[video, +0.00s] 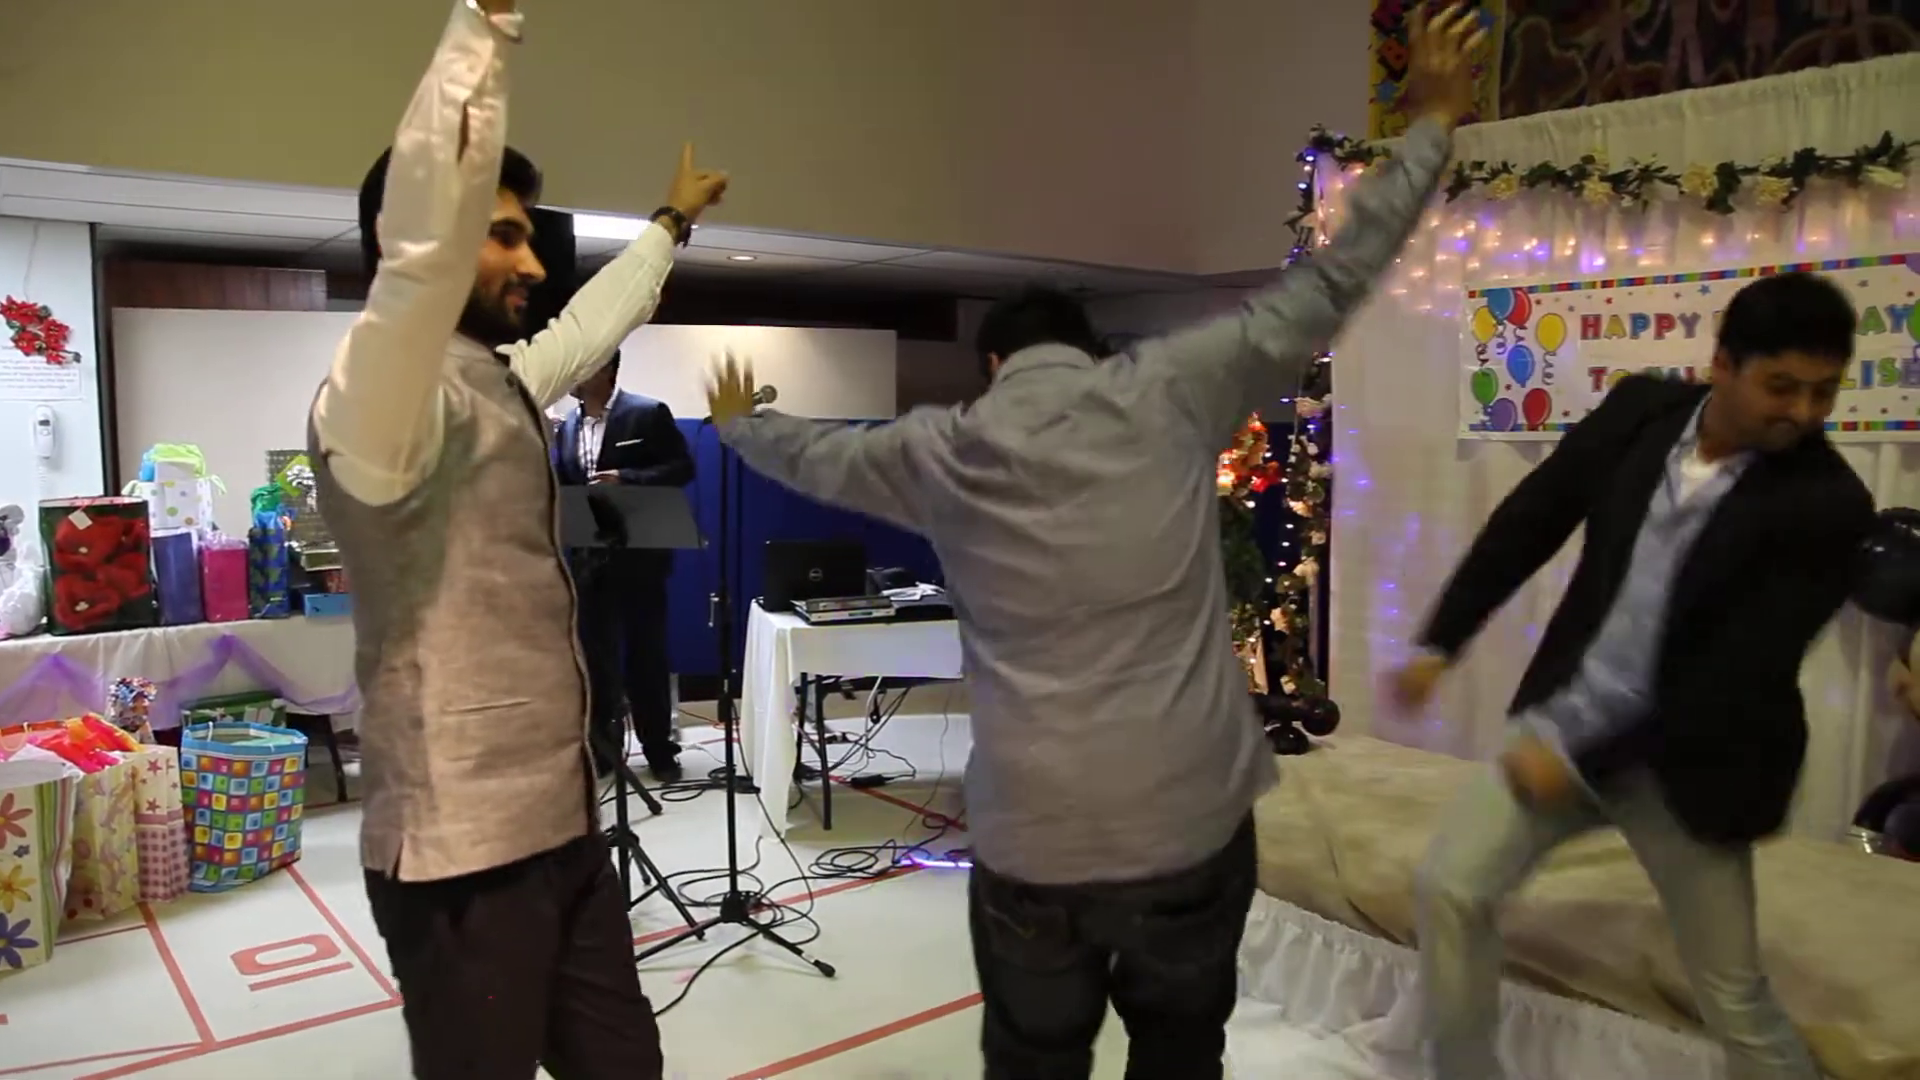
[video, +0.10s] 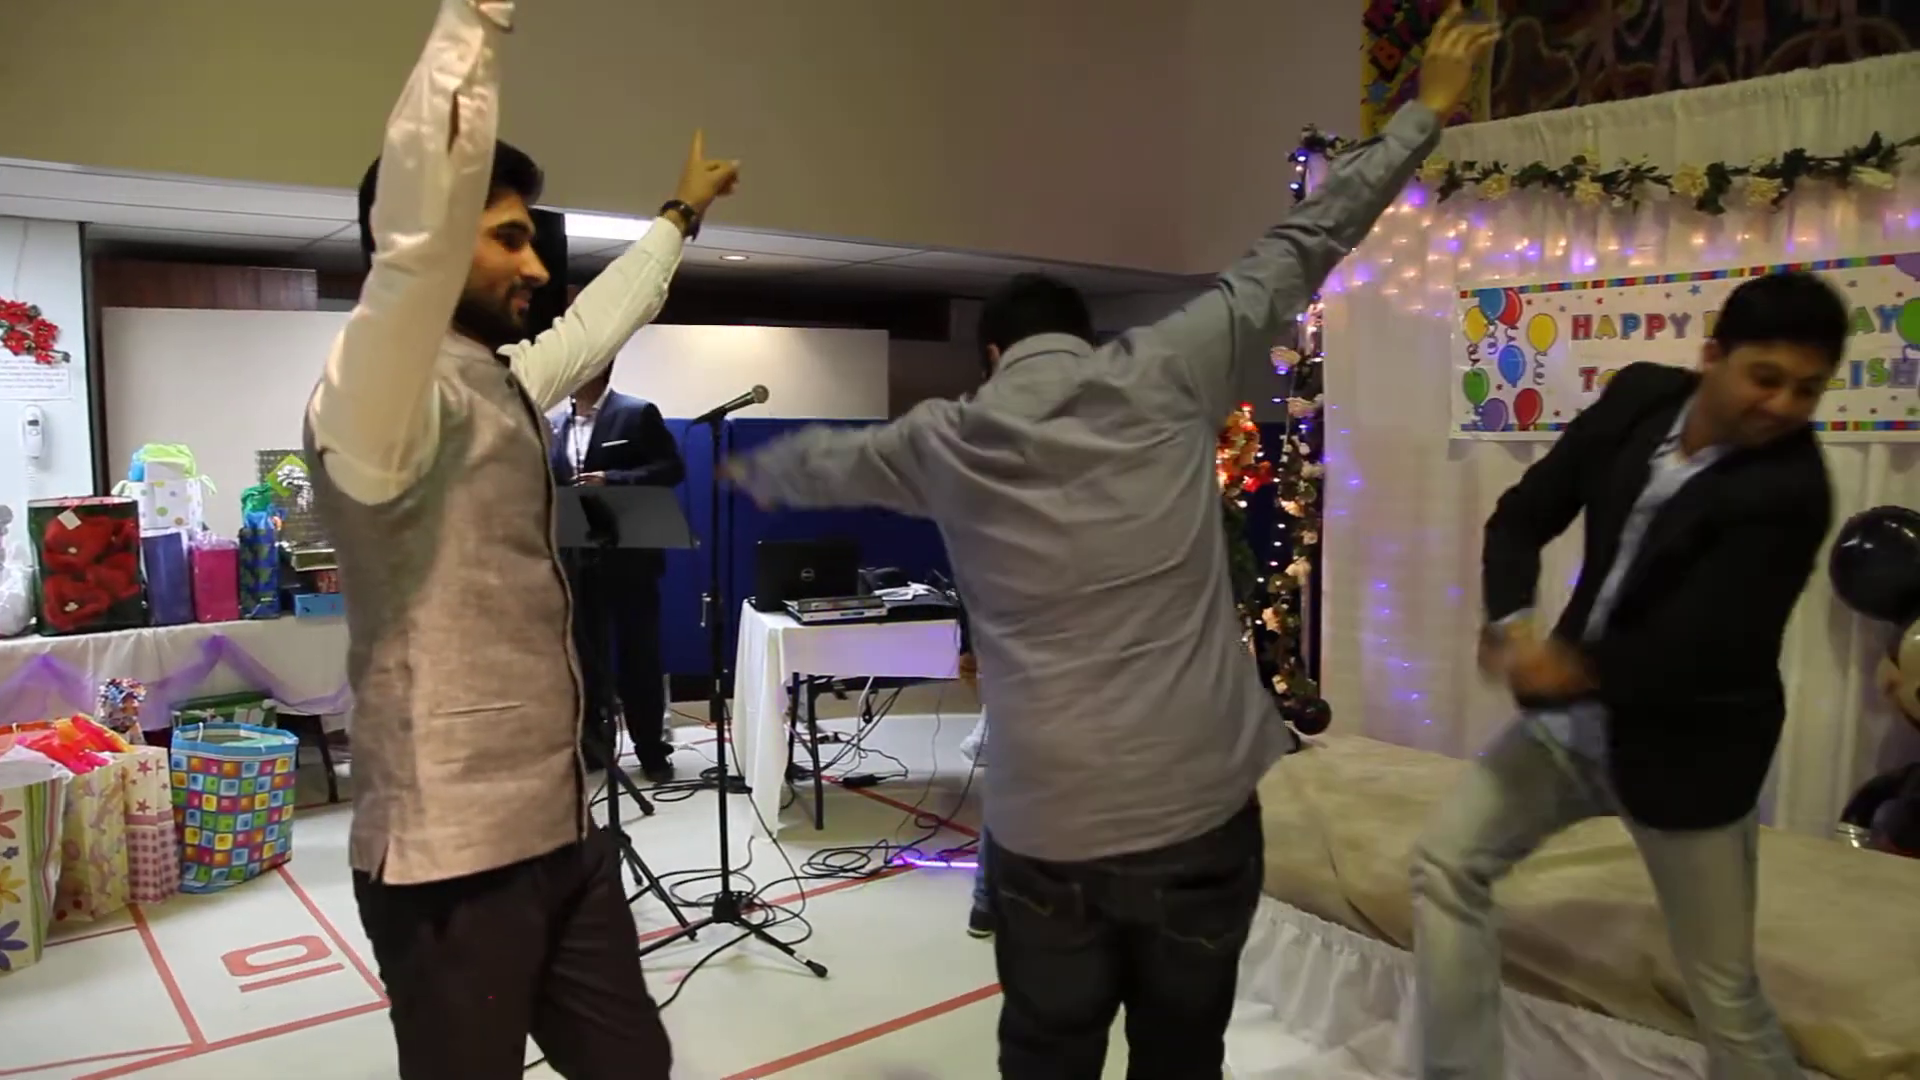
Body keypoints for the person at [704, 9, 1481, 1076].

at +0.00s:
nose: (975, 379)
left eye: (977, 369)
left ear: (989, 367)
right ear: (1093, 345)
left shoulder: (945, 448)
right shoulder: (1175, 386)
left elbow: (823, 456)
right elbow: (1324, 283)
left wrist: (740, 421)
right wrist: (1432, 124)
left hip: (1033, 843)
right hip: (1189, 832)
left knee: (1033, 1065)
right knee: (1179, 1065)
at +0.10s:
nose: (979, 371)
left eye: (980, 358)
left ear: (991, 356)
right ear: (1089, 335)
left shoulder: (943, 440)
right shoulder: (1170, 368)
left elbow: (802, 469)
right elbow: (1308, 237)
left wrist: (731, 458)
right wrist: (1426, 113)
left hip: (1047, 840)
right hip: (1199, 825)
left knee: (1046, 1061)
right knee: (1180, 1064)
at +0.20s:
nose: (981, 373)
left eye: (984, 357)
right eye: (984, 357)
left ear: (998, 355)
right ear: (1098, 334)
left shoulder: (954, 450)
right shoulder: (1182, 369)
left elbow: (811, 518)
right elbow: (1304, 252)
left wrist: (813, 573)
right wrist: (1404, 130)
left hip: (1053, 842)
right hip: (1204, 829)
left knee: (1049, 1048)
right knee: (1184, 1062)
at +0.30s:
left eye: (990, 355)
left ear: (1002, 350)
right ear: (1110, 330)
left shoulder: (958, 448)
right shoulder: (1182, 374)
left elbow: (826, 554)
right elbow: (1318, 275)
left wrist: (873, 646)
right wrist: (1391, 153)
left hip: (1061, 806)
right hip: (1207, 793)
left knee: (1060, 1014)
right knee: (1180, 1043)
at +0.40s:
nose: (1128, 325)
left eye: (1124, 315)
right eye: (1127, 313)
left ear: (1017, 332)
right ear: (1111, 316)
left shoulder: (950, 450)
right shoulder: (1177, 377)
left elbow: (863, 605)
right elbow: (1344, 331)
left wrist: (919, 716)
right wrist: (1367, 213)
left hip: (1054, 794)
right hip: (1196, 785)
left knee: (1065, 1010)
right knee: (1172, 1033)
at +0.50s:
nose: (1148, 342)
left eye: (1146, 327)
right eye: (1144, 326)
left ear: (1032, 335)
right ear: (1116, 326)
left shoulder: (956, 465)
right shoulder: (1172, 407)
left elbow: (904, 636)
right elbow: (1359, 399)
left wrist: (939, 775)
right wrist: (1341, 304)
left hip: (1041, 804)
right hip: (1177, 801)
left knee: (1062, 992)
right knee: (1169, 1026)